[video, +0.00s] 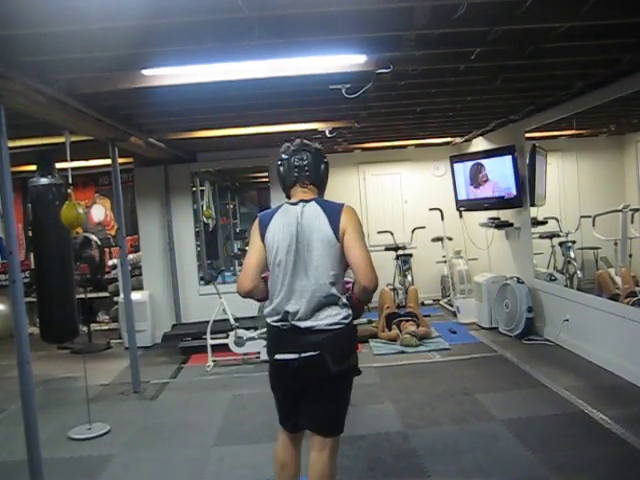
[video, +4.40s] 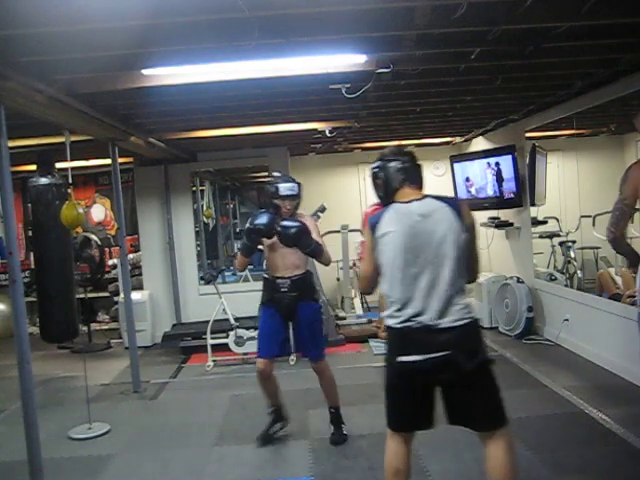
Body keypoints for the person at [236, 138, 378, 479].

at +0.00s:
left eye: (286, 172)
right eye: (322, 171)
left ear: (282, 178)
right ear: (322, 176)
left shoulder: (264, 221)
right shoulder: (341, 214)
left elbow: (246, 286)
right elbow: (367, 281)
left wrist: (278, 288)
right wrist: (354, 306)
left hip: (284, 350)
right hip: (332, 349)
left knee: (288, 435)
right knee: (323, 445)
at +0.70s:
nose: (312, 179)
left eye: (309, 174)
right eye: (310, 174)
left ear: (272, 182)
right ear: (305, 178)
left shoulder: (255, 224)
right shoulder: (317, 212)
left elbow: (244, 283)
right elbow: (341, 273)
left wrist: (275, 266)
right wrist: (334, 258)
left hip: (277, 332)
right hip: (316, 329)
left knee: (292, 422)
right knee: (336, 422)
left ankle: (296, 478)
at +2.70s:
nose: (322, 182)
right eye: (320, 177)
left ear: (282, 184)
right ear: (317, 179)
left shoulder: (266, 225)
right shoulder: (331, 213)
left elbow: (266, 280)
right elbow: (365, 267)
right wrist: (352, 235)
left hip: (288, 339)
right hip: (330, 337)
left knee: (302, 423)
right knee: (336, 432)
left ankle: (300, 476)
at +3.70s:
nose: (343, 192)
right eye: (343, 186)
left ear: (307, 193)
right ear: (342, 190)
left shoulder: (292, 234)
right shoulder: (356, 222)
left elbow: (290, 288)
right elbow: (389, 276)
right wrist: (367, 244)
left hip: (309, 351)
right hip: (354, 348)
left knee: (314, 426)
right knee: (384, 437)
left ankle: (305, 475)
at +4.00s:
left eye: (339, 179)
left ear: (340, 184)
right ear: (379, 176)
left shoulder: (329, 228)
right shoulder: (404, 210)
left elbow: (326, 288)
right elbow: (435, 263)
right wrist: (403, 234)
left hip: (355, 349)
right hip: (403, 346)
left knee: (361, 429)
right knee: (404, 448)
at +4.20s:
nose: (357, 186)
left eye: (357, 181)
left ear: (360, 186)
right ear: (398, 179)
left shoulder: (348, 226)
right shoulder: (428, 215)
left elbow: (337, 286)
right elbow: (448, 272)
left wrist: (343, 238)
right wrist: (419, 242)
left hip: (373, 353)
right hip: (423, 350)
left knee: (383, 433)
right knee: (450, 441)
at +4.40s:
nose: (376, 186)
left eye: (376, 180)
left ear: (383, 183)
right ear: (419, 178)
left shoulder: (376, 221)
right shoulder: (458, 210)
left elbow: (366, 284)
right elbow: (470, 273)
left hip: (406, 349)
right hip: (460, 344)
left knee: (399, 435)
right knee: (495, 434)